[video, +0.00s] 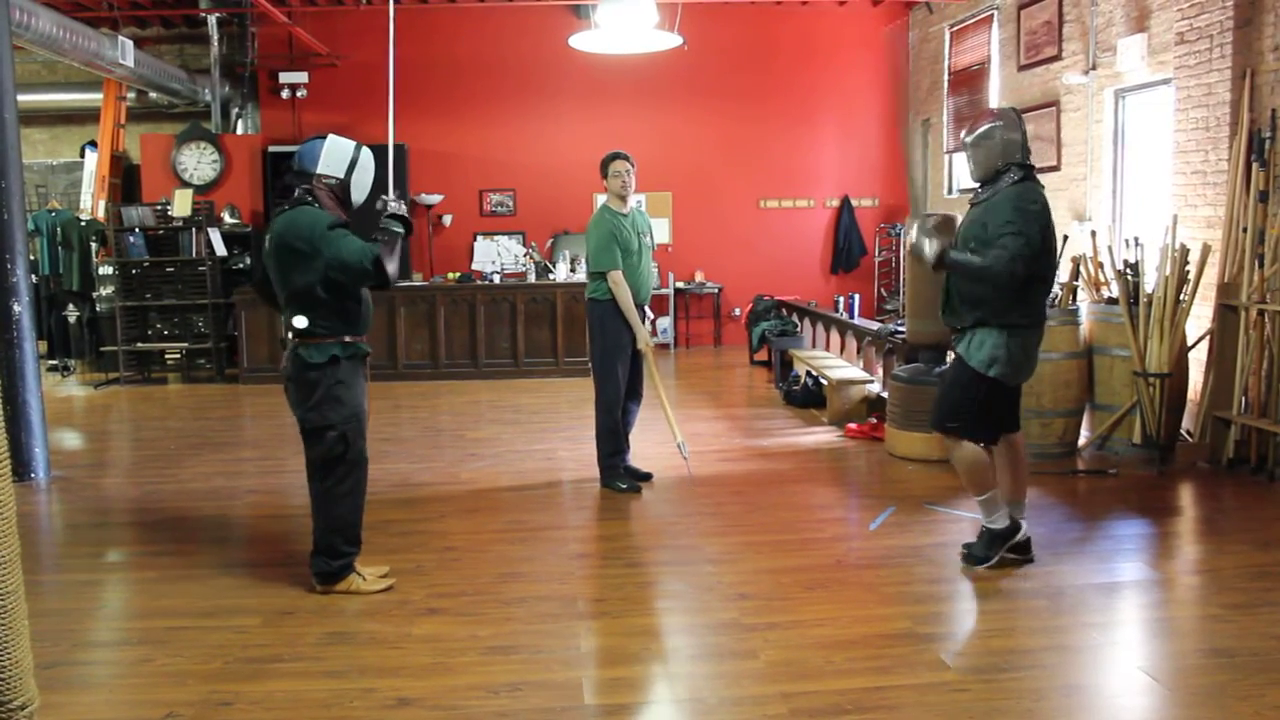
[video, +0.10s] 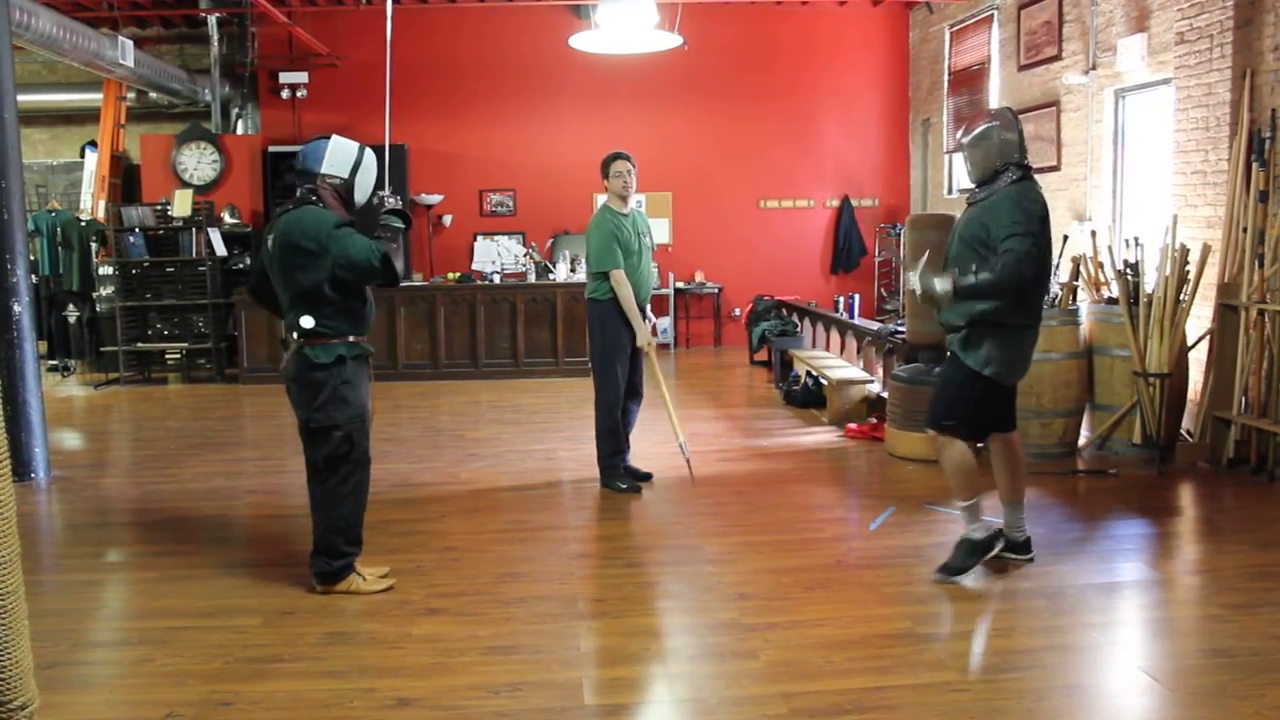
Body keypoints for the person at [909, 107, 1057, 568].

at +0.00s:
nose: (970, 159)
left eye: (976, 149)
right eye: (970, 150)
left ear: (1000, 149)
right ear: (1002, 150)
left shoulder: (1018, 199)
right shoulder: (1001, 196)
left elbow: (1008, 268)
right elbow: (990, 260)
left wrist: (947, 256)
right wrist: (947, 243)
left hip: (998, 336)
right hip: (996, 334)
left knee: (955, 428)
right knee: (1004, 431)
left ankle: (997, 525)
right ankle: (1013, 533)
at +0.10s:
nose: (966, 160)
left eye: (973, 150)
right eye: (966, 151)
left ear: (998, 148)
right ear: (1000, 150)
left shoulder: (1016, 199)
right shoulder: (998, 196)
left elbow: (1017, 271)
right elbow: (989, 265)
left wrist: (952, 286)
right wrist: (941, 273)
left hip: (992, 340)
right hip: (990, 337)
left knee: (946, 428)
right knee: (1001, 431)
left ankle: (976, 531)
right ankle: (1015, 534)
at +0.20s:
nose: (963, 162)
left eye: (969, 152)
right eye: (963, 153)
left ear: (994, 148)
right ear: (998, 150)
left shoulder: (1010, 201)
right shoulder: (995, 198)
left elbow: (1013, 281)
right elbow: (985, 278)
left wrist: (953, 322)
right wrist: (937, 320)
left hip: (982, 347)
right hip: (987, 345)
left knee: (946, 437)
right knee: (994, 434)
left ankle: (949, 552)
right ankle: (1014, 534)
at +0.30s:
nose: (960, 160)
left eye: (967, 151)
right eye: (960, 152)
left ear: (994, 149)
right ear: (992, 151)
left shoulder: (1005, 202)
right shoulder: (990, 199)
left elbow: (1004, 281)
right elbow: (981, 277)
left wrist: (968, 337)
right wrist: (938, 325)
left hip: (973, 343)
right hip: (973, 341)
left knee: (943, 441)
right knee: (986, 435)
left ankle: (951, 557)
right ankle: (1013, 535)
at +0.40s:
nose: (957, 158)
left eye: (965, 149)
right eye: (957, 151)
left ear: (993, 149)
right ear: (989, 152)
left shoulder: (1001, 202)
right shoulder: (982, 200)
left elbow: (999, 279)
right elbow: (970, 276)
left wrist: (979, 345)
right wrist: (928, 331)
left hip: (963, 343)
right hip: (960, 339)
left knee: (941, 445)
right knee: (983, 437)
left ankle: (951, 557)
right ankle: (1012, 535)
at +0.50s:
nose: (954, 160)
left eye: (961, 150)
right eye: (954, 151)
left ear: (987, 150)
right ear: (986, 153)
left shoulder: (997, 203)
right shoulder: (978, 201)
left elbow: (998, 284)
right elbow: (967, 279)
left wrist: (981, 355)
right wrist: (924, 331)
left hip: (960, 345)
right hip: (958, 341)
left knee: (934, 447)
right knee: (984, 438)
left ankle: (950, 556)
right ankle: (1013, 535)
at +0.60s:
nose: (952, 159)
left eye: (959, 149)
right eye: (952, 151)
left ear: (983, 150)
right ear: (985, 152)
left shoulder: (995, 203)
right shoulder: (975, 200)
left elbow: (994, 285)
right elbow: (963, 279)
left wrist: (978, 354)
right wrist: (922, 331)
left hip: (959, 345)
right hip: (958, 341)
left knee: (930, 447)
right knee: (986, 437)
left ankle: (950, 556)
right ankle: (1013, 535)